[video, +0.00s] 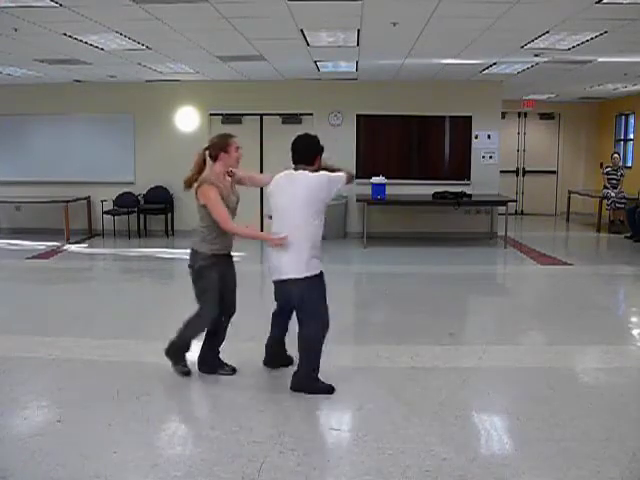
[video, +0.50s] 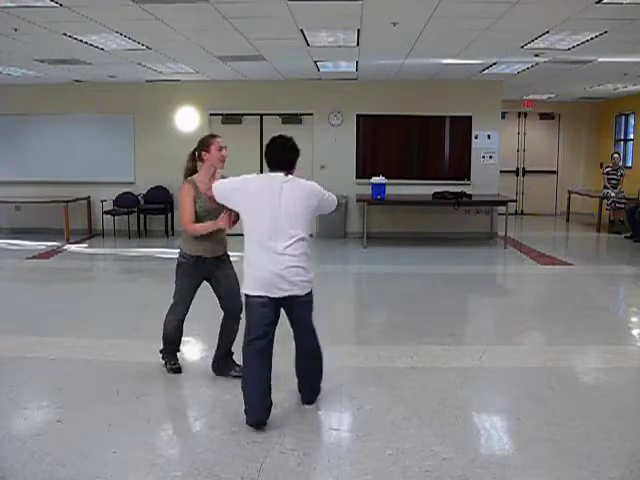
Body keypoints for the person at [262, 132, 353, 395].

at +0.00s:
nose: (320, 159)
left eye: (318, 156)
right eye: (319, 156)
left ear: (293, 156)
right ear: (317, 159)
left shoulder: (276, 181)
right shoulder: (321, 181)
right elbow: (348, 176)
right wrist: (324, 169)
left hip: (278, 267)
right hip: (306, 268)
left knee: (282, 311)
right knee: (315, 323)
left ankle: (274, 352)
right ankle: (306, 377)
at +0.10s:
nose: (321, 162)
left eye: (319, 158)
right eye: (321, 158)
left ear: (293, 158)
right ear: (318, 160)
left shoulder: (276, 179)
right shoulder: (325, 183)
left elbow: (257, 206)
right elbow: (354, 186)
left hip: (280, 271)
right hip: (311, 272)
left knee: (281, 320)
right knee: (316, 326)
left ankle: (276, 372)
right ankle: (310, 385)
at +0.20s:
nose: (319, 161)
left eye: (318, 157)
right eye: (319, 158)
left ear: (291, 158)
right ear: (317, 160)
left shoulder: (271, 180)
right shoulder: (325, 186)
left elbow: (243, 200)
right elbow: (349, 198)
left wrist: (264, 222)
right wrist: (318, 180)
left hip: (279, 275)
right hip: (313, 276)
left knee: (278, 324)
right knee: (317, 332)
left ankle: (269, 382)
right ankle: (314, 388)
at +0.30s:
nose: (315, 162)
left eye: (312, 158)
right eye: (316, 159)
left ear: (287, 158)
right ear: (314, 161)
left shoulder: (268, 181)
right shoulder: (323, 188)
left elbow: (234, 194)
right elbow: (342, 206)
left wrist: (249, 222)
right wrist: (314, 182)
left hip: (276, 276)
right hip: (312, 277)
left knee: (271, 331)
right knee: (317, 335)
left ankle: (260, 394)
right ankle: (314, 388)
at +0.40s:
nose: (306, 164)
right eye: (307, 160)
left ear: (278, 159)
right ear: (306, 162)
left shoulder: (259, 183)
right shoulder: (316, 189)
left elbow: (228, 192)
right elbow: (332, 208)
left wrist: (236, 220)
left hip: (268, 280)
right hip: (306, 279)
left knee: (262, 340)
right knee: (314, 336)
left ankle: (255, 409)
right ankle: (314, 390)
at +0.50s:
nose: (294, 164)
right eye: (295, 160)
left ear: (266, 160)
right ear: (294, 163)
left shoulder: (249, 186)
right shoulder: (306, 190)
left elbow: (214, 191)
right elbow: (332, 203)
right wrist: (303, 188)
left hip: (258, 282)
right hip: (296, 280)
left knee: (256, 343)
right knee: (306, 336)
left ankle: (257, 415)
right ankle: (309, 392)